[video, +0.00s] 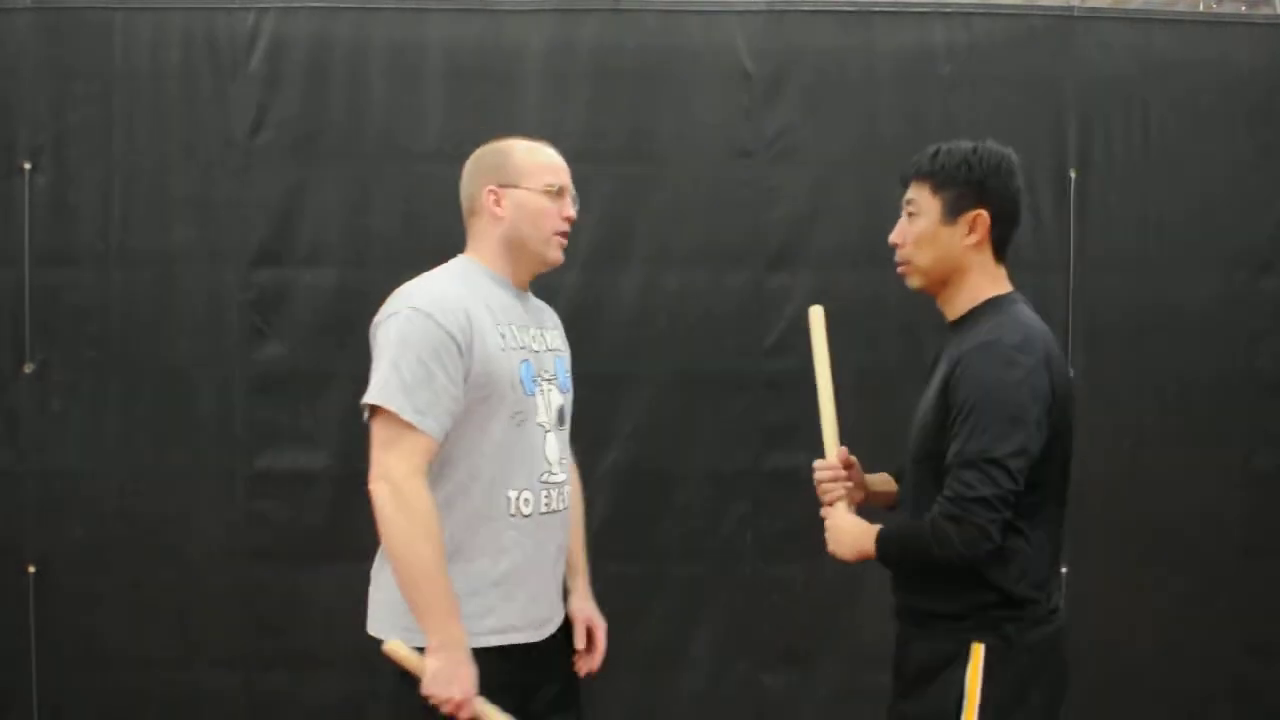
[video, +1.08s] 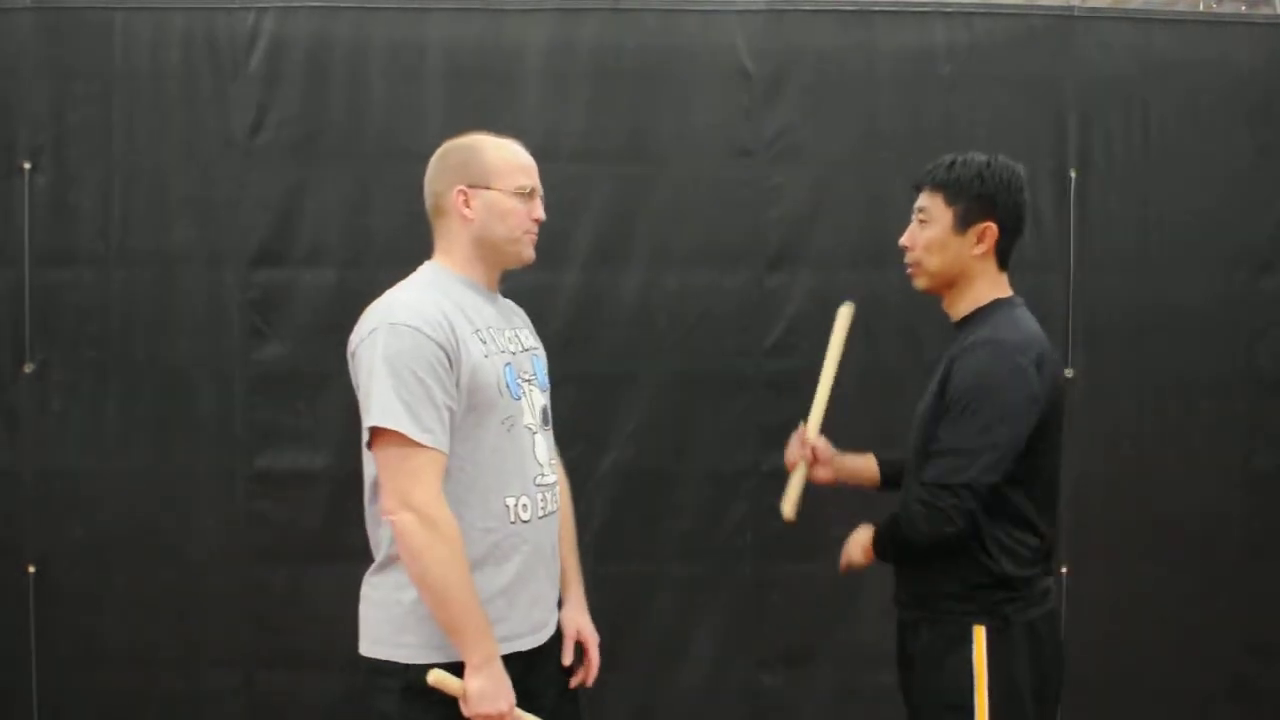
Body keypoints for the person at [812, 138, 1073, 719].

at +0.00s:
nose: (893, 236)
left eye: (912, 215)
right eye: (901, 216)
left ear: (974, 228)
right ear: (967, 229)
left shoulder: (1003, 354)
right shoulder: (978, 342)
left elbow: (970, 531)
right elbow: (957, 486)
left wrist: (871, 540)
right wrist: (875, 490)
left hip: (984, 656)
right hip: (957, 647)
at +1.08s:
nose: (905, 240)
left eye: (923, 222)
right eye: (911, 221)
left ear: (982, 238)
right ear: (978, 240)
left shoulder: (1001, 352)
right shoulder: (982, 342)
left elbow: (943, 513)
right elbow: (941, 470)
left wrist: (877, 537)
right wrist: (843, 467)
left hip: (983, 637)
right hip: (961, 630)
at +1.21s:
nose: (907, 243)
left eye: (923, 226)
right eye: (912, 225)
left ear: (981, 240)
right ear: (978, 243)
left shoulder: (990, 350)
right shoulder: (992, 336)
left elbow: (886, 492)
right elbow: (930, 438)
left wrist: (868, 482)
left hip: (975, 624)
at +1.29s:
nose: (903, 245)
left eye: (921, 227)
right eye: (909, 227)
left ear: (977, 240)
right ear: (973, 241)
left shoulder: (975, 347)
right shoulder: (1002, 331)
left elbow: (868, 476)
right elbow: (920, 417)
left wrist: (909, 442)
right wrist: (857, 344)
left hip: (971, 615)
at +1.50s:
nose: (904, 246)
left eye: (918, 230)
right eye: (908, 229)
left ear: (974, 242)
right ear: (970, 245)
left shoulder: (967, 352)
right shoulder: (1001, 334)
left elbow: (860, 469)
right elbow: (873, 388)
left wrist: (886, 414)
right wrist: (875, 279)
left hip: (964, 620)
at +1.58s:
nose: (899, 246)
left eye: (916, 230)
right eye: (905, 229)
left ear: (973, 244)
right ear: (966, 245)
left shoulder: (978, 355)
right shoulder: (970, 339)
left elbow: (863, 479)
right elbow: (848, 379)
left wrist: (871, 430)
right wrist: (854, 270)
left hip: (963, 629)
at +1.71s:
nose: (895, 247)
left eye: (912, 228)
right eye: (900, 228)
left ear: (971, 244)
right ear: (966, 246)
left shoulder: (998, 363)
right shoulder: (934, 352)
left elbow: (878, 492)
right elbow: (806, 378)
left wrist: (855, 445)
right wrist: (792, 265)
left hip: (968, 650)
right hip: (919, 642)